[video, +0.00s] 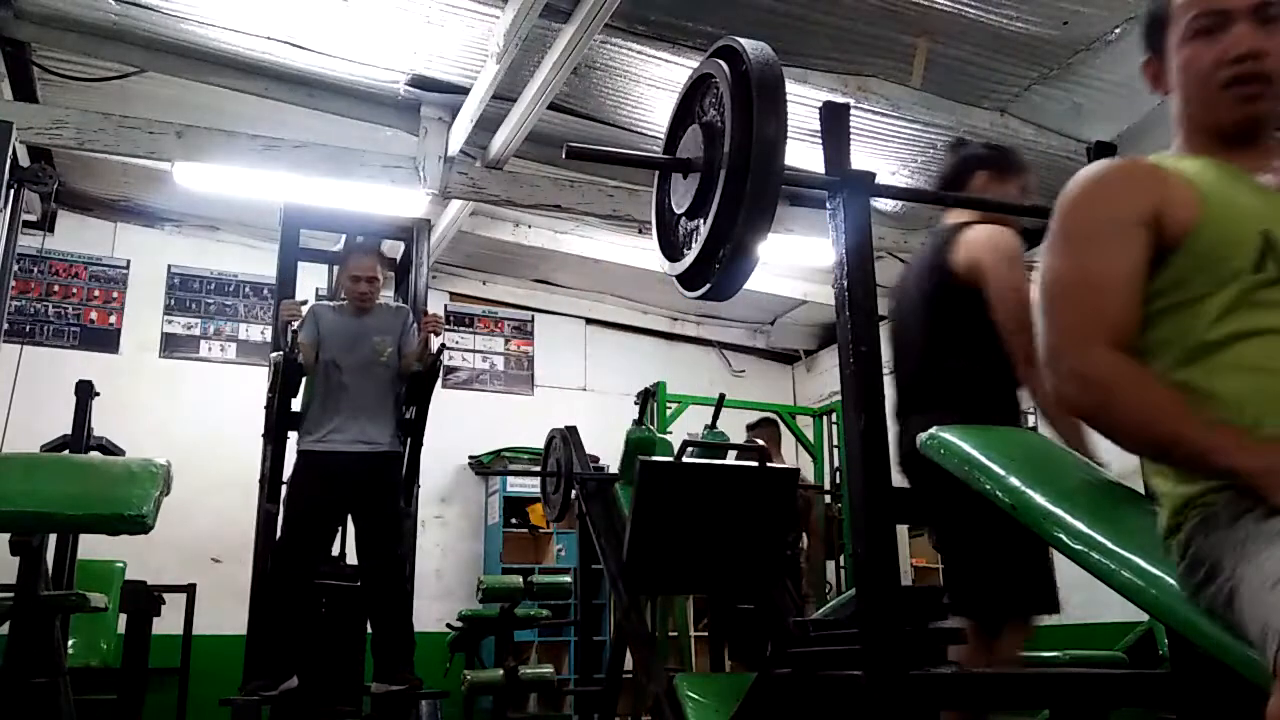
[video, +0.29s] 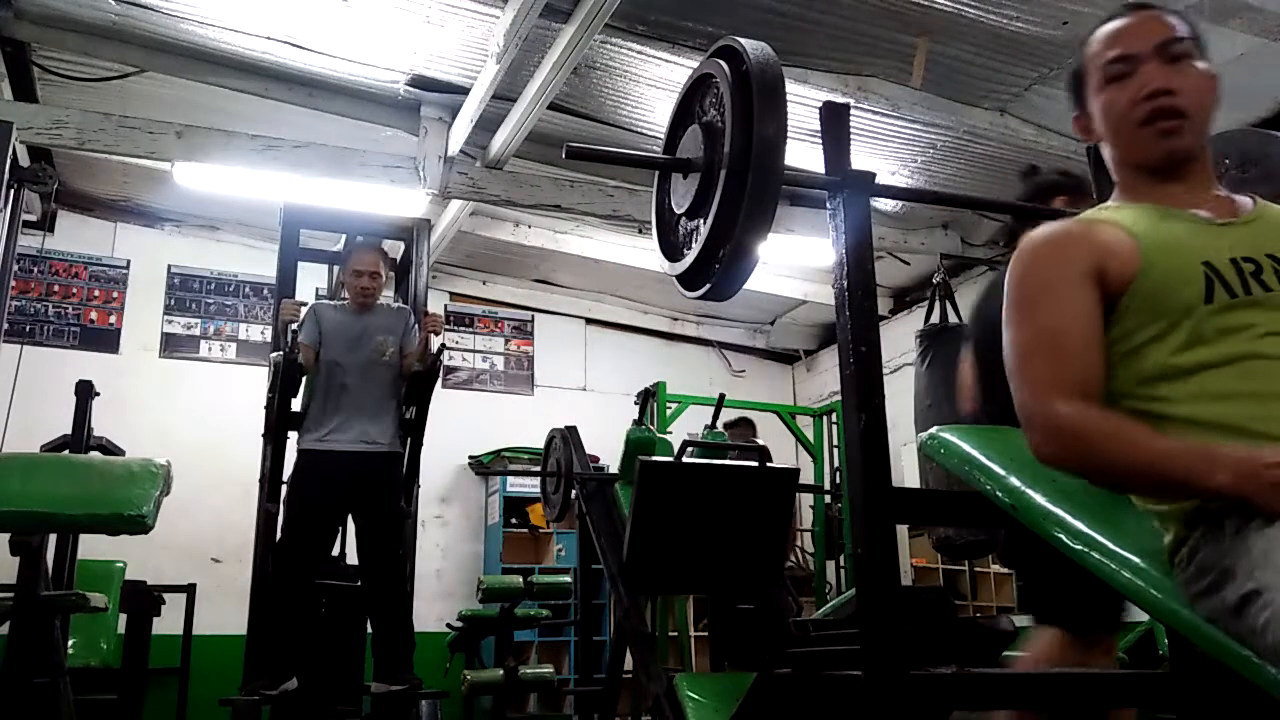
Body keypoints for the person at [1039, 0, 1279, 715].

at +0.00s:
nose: (1247, 45)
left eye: (1266, 21)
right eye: (1209, 28)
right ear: (1159, 75)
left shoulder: (1274, 185)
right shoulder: (1126, 187)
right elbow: (1078, 369)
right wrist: (1253, 457)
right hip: (1237, 504)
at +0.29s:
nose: (1155, 80)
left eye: (1176, 57)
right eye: (1121, 73)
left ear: (1213, 86)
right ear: (1087, 124)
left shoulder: (1271, 219)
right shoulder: (1065, 247)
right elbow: (1055, 425)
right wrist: (1246, 469)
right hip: (1234, 533)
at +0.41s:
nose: (1145, 78)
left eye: (1164, 55)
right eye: (1109, 73)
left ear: (1201, 83)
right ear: (1077, 125)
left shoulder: (1272, 214)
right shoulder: (1061, 257)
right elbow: (1067, 438)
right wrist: (1250, 470)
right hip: (1235, 532)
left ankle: (1154, 641)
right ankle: (1142, 647)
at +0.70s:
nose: (1182, 57)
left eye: (1203, 33)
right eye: (1143, 45)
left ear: (1232, 62)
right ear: (1102, 97)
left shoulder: (1273, 206)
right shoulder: (1069, 241)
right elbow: (1038, 423)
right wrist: (1194, 407)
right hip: (1239, 534)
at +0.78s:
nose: (1199, 55)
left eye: (1220, 30)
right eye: (1161, 41)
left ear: (1248, 59)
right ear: (1113, 90)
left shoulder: (1274, 200)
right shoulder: (1071, 236)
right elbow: (1033, 424)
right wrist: (1131, 350)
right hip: (1236, 523)